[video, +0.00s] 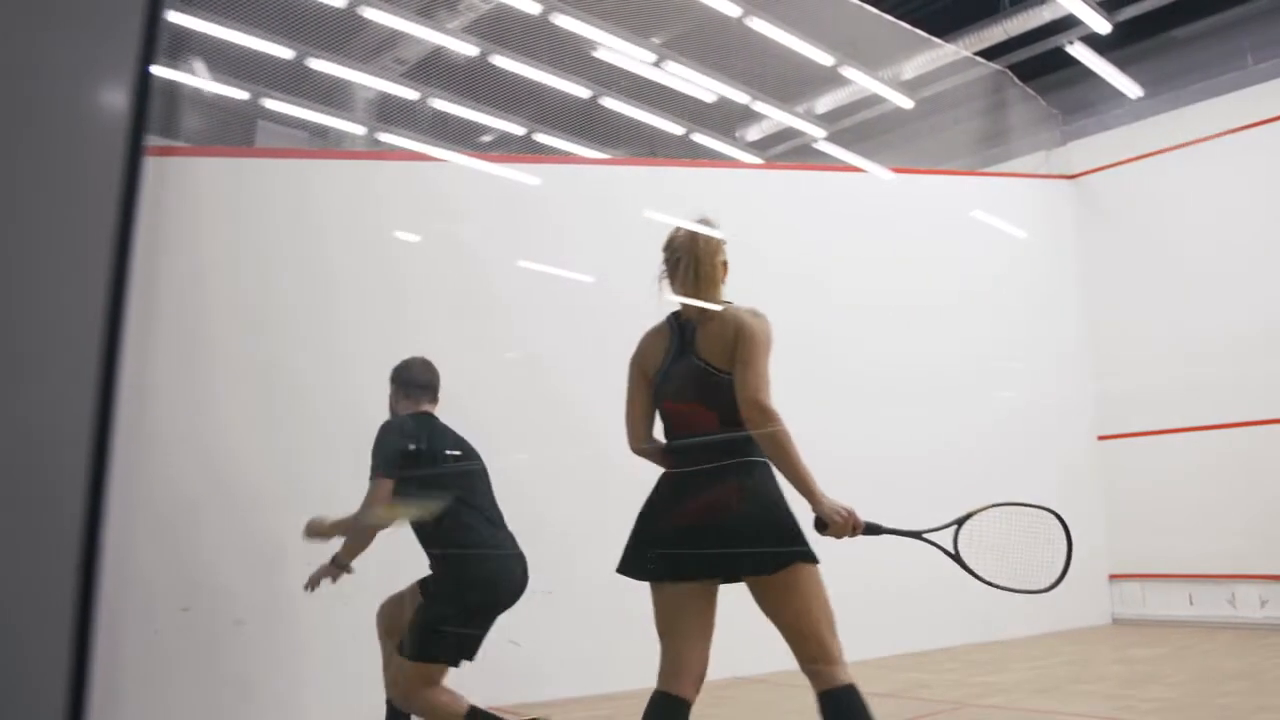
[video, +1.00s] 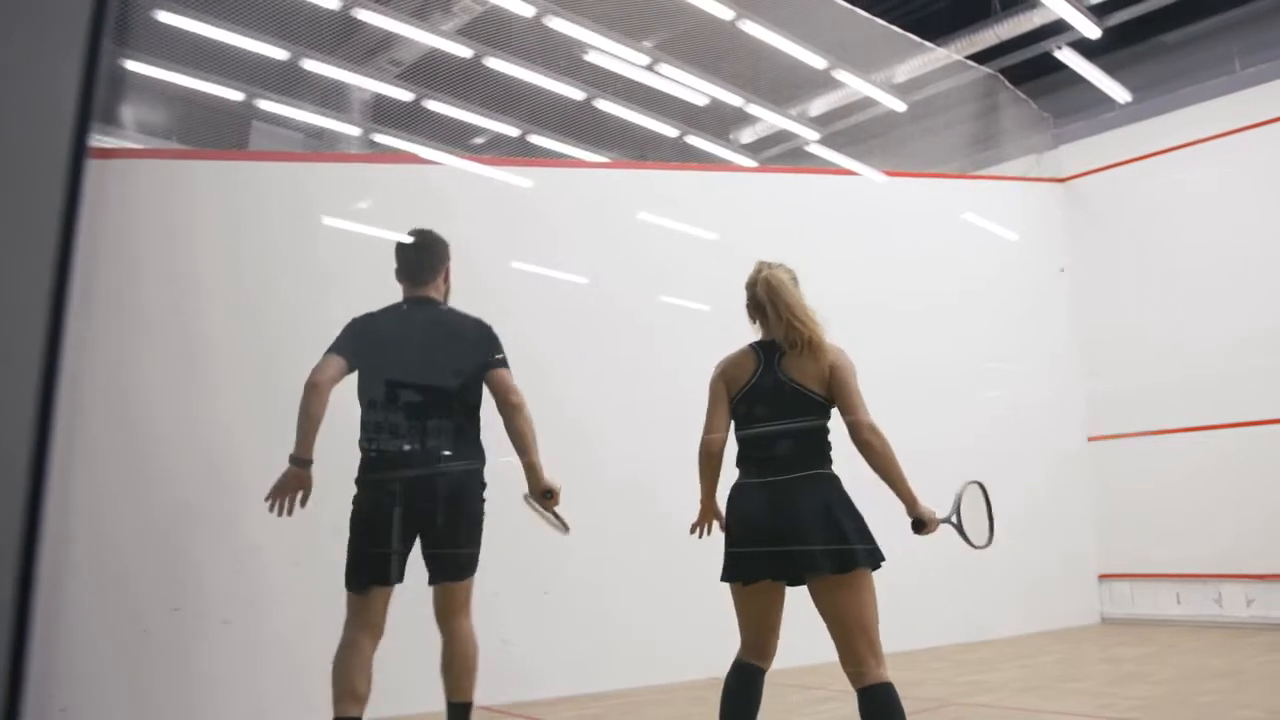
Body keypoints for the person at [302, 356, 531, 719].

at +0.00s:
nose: (390, 401)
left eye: (391, 394)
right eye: (392, 395)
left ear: (394, 394)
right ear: (435, 397)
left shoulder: (395, 431)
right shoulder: (453, 442)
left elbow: (376, 511)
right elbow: (388, 515)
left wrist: (342, 561)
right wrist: (333, 528)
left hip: (473, 574)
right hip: (505, 570)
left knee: (408, 690)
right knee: (392, 618)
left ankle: (489, 716)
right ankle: (397, 713)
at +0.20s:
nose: (377, 395)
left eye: (377, 388)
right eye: (378, 390)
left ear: (381, 388)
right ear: (423, 391)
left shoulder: (376, 428)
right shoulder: (443, 438)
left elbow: (360, 504)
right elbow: (394, 524)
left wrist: (331, 575)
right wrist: (352, 569)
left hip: (440, 568)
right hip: (488, 569)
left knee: (368, 665)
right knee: (395, 649)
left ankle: (447, 714)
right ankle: (396, 712)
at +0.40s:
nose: (372, 375)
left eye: (372, 369)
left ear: (374, 371)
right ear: (418, 371)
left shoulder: (366, 411)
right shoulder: (442, 420)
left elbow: (354, 474)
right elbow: (445, 488)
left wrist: (324, 552)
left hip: (418, 552)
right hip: (470, 554)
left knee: (348, 648)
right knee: (394, 648)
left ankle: (394, 708)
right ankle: (399, 718)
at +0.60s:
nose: (376, 342)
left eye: (375, 335)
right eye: (415, 335)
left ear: (374, 336)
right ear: (421, 337)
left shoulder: (360, 382)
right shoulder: (453, 392)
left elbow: (341, 438)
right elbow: (478, 473)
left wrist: (309, 517)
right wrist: (500, 523)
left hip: (393, 528)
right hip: (456, 532)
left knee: (352, 643)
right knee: (409, 626)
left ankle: (347, 714)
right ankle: (397, 715)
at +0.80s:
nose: (426, 311)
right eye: (429, 305)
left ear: (381, 307)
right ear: (431, 308)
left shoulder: (357, 357)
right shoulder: (464, 365)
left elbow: (325, 410)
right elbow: (504, 443)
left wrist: (293, 491)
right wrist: (530, 498)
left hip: (379, 510)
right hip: (447, 511)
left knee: (353, 640)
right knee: (431, 635)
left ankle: (344, 715)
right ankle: (420, 716)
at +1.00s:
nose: (449, 277)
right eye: (449, 270)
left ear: (397, 276)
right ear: (446, 274)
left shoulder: (366, 328)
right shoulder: (475, 332)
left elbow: (318, 382)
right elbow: (511, 400)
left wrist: (301, 461)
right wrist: (535, 474)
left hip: (383, 490)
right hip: (456, 491)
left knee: (362, 628)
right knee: (456, 618)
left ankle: (346, 718)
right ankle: (459, 716)